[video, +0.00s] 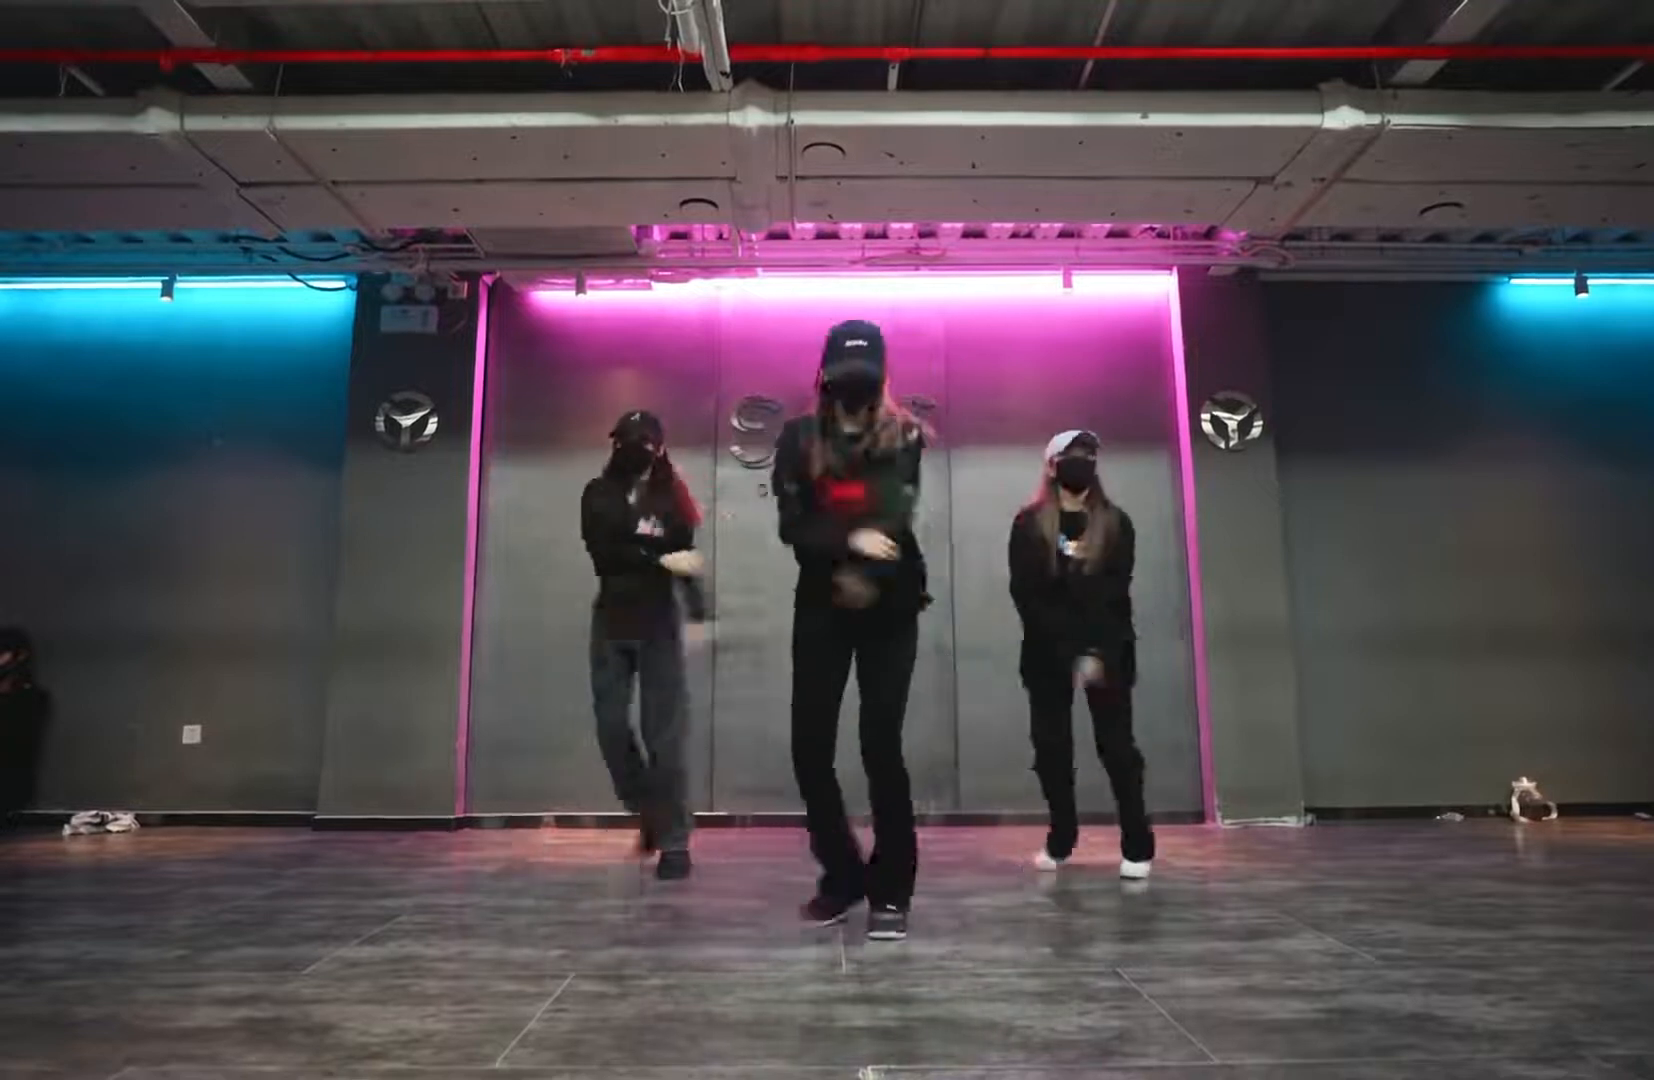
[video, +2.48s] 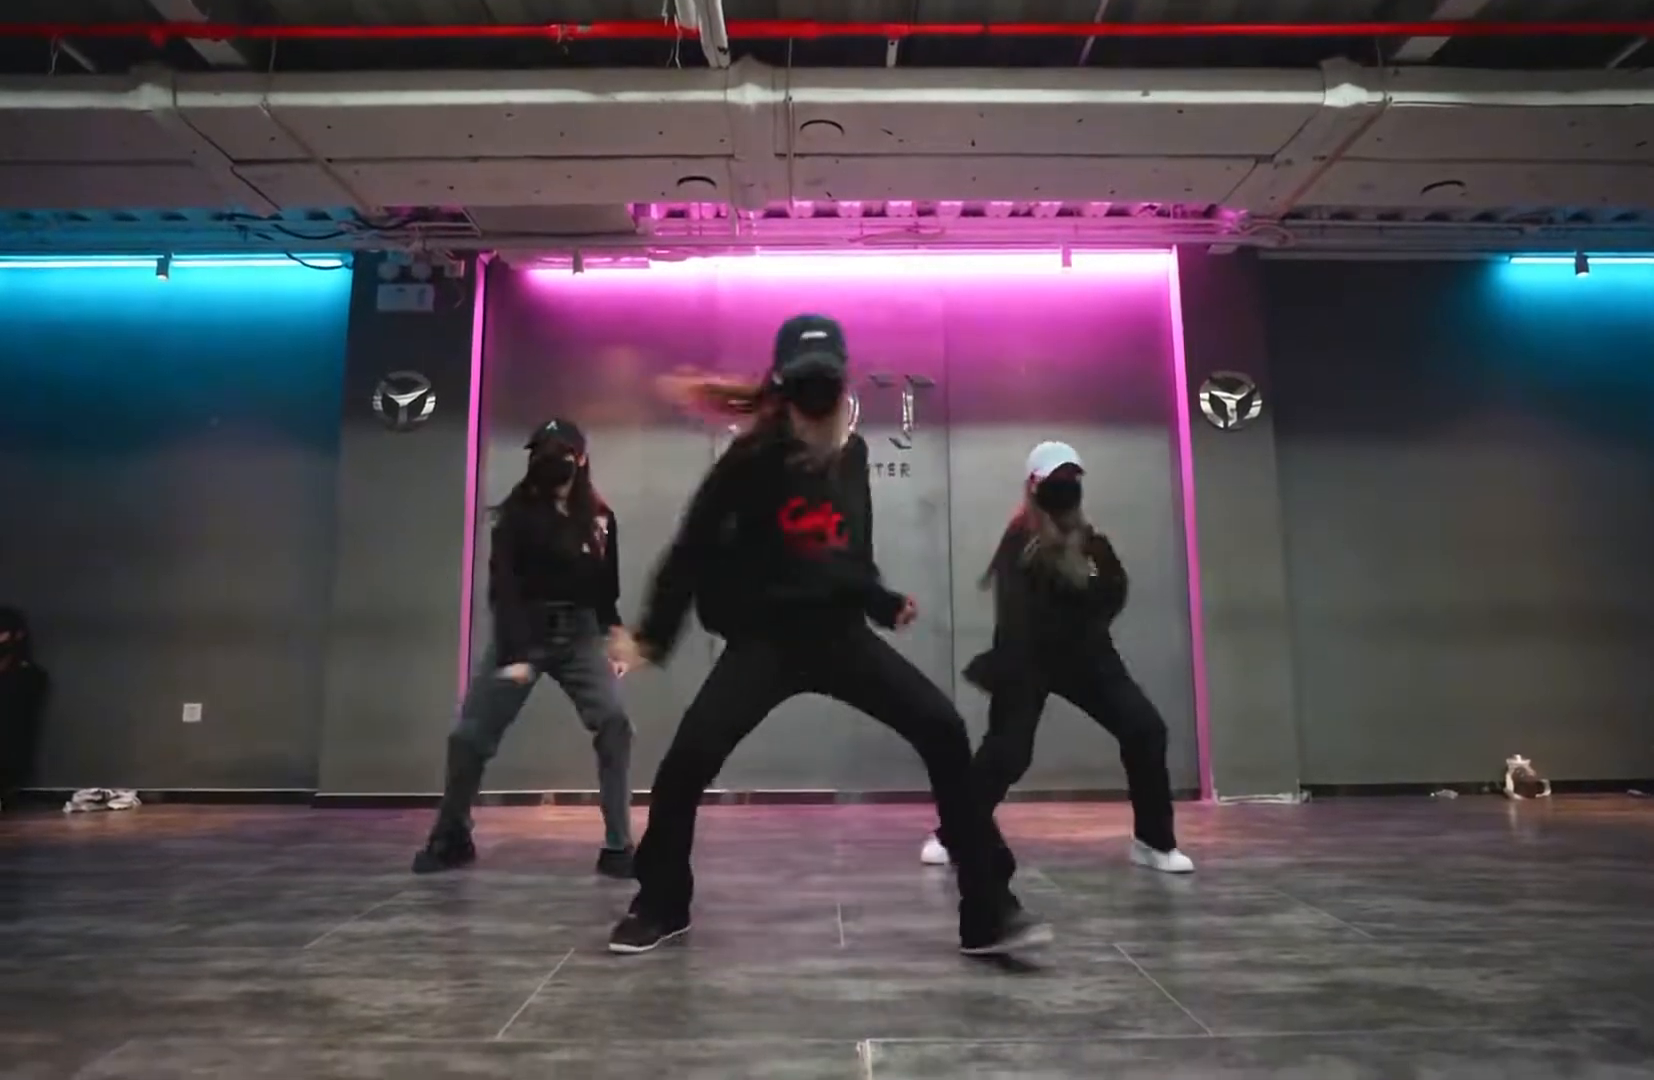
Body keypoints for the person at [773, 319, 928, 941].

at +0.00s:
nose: (851, 397)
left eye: (863, 386)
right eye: (842, 385)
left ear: (880, 382)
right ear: (825, 381)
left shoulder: (899, 436)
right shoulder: (798, 438)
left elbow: (897, 516)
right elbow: (793, 526)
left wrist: (865, 570)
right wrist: (849, 537)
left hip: (888, 604)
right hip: (821, 604)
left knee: (879, 747)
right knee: (811, 753)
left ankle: (891, 891)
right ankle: (843, 878)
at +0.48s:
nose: (783, 412)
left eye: (795, 405)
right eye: (777, 401)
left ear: (816, 406)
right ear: (766, 398)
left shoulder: (816, 457)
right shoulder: (754, 461)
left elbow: (750, 442)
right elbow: (694, 449)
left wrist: (689, 394)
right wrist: (670, 395)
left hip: (813, 629)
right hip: (761, 628)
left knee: (829, 762)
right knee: (668, 741)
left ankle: (887, 890)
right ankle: (671, 893)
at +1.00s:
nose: (772, 406)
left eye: (782, 396)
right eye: (763, 398)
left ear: (805, 400)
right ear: (754, 408)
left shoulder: (837, 452)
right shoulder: (750, 474)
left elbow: (843, 416)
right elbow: (688, 447)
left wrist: (757, 416)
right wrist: (690, 383)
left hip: (855, 621)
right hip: (794, 625)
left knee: (860, 757)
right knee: (713, 743)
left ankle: (888, 892)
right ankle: (678, 889)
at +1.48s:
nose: (829, 391)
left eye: (839, 380)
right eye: (820, 380)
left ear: (857, 385)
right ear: (804, 387)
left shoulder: (886, 452)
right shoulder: (782, 449)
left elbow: (915, 530)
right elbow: (724, 408)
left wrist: (939, 591)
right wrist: (747, 342)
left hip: (887, 618)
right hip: (817, 619)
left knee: (878, 751)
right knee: (810, 753)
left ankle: (886, 888)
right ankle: (820, 886)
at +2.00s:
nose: (842, 428)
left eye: (854, 415)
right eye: (831, 416)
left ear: (873, 411)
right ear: (814, 413)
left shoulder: (897, 475)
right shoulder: (786, 463)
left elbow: (927, 551)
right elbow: (725, 475)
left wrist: (902, 475)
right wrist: (743, 425)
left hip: (879, 641)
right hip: (812, 637)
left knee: (882, 770)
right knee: (749, 727)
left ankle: (901, 880)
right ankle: (781, 846)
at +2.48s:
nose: (816, 395)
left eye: (827, 381)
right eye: (803, 383)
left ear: (845, 380)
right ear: (782, 386)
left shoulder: (852, 456)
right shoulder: (751, 460)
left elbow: (845, 554)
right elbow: (691, 548)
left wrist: (883, 599)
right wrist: (654, 635)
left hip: (841, 640)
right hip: (762, 646)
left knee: (943, 730)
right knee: (683, 764)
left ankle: (987, 909)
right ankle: (659, 909)